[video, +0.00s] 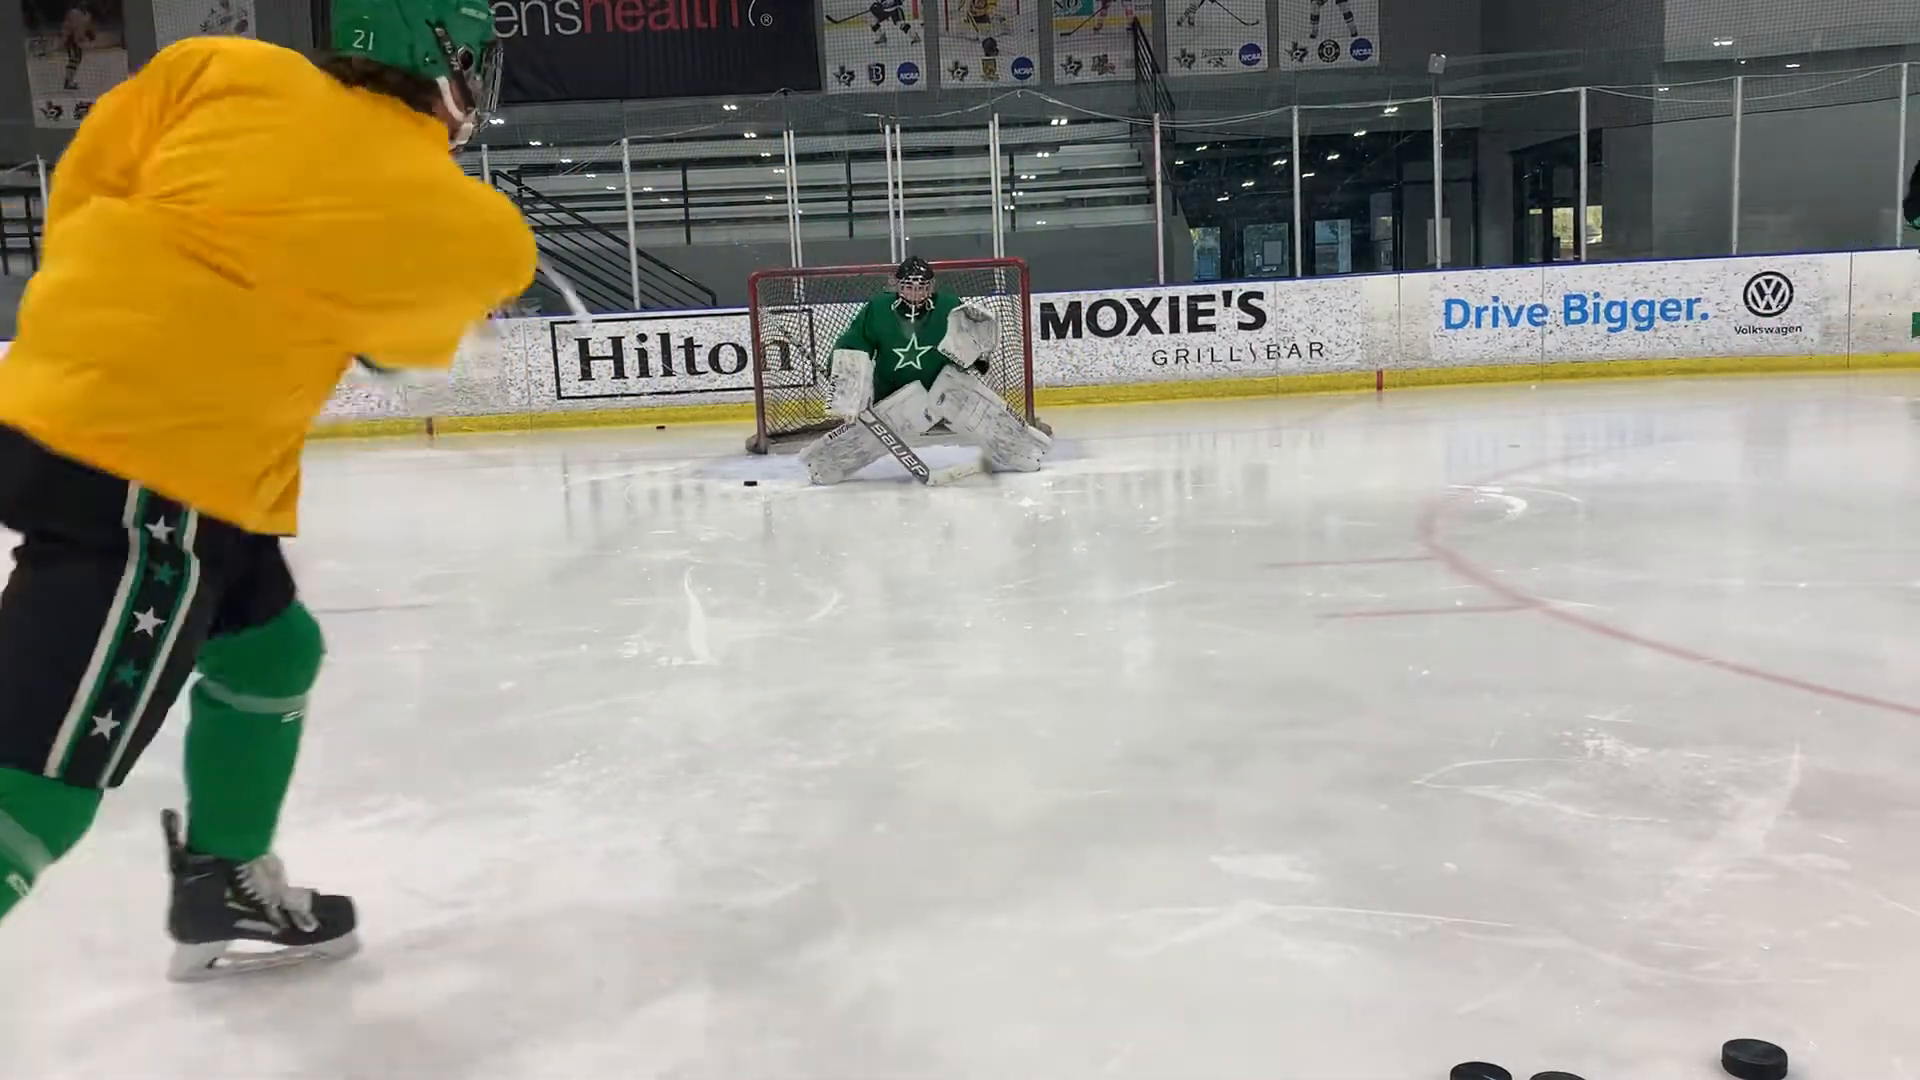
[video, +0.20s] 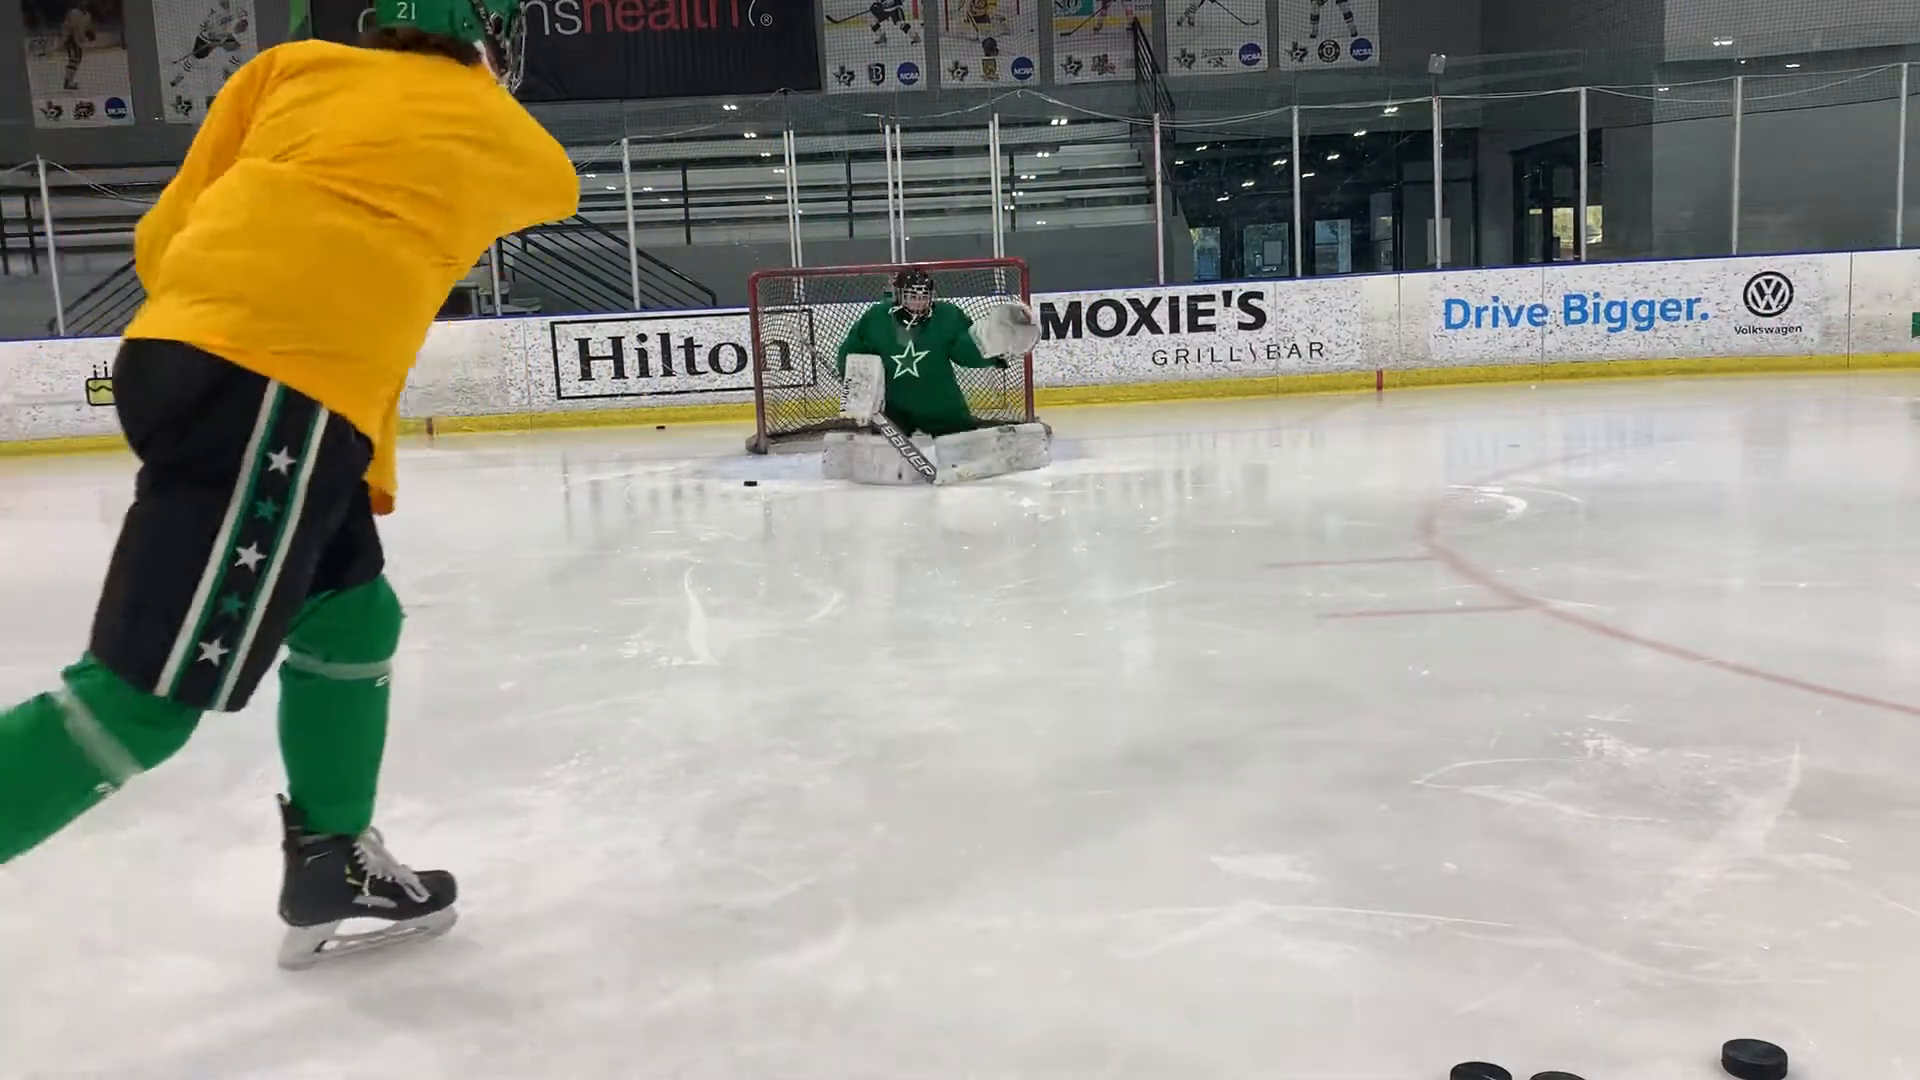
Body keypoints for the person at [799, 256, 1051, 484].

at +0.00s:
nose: (916, 292)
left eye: (921, 286)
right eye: (909, 286)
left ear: (931, 285)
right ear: (898, 286)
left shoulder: (950, 307)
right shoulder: (877, 311)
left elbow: (977, 359)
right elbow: (850, 349)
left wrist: (973, 349)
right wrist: (849, 388)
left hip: (946, 389)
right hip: (895, 399)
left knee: (981, 415)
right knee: (870, 434)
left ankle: (1019, 448)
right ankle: (827, 464)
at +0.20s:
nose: (918, 302)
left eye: (923, 296)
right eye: (912, 296)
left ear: (931, 296)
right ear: (899, 295)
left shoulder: (947, 317)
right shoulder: (876, 319)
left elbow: (967, 352)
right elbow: (847, 355)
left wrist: (998, 346)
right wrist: (859, 386)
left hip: (945, 412)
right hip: (896, 414)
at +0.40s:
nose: (937, 299)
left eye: (940, 293)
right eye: (929, 294)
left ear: (944, 293)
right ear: (911, 296)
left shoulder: (958, 323)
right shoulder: (885, 325)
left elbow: (978, 356)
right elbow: (850, 357)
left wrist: (1011, 326)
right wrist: (853, 393)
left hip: (951, 424)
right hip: (895, 427)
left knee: (1003, 439)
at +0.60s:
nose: (940, 292)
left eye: (943, 284)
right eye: (933, 285)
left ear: (948, 285)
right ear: (915, 287)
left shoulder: (961, 319)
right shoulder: (890, 319)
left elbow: (976, 360)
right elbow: (852, 360)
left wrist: (1011, 343)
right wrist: (858, 399)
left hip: (954, 425)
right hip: (900, 427)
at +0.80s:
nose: (941, 285)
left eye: (943, 278)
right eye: (933, 278)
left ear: (946, 278)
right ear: (913, 281)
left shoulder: (956, 312)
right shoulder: (889, 310)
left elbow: (974, 359)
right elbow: (854, 355)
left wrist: (999, 377)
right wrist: (863, 400)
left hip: (956, 419)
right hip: (904, 422)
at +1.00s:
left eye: (918, 267)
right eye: (906, 268)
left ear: (930, 268)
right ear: (896, 270)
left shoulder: (945, 301)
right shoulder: (882, 303)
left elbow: (968, 347)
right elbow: (849, 353)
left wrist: (987, 370)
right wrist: (873, 400)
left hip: (945, 402)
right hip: (896, 406)